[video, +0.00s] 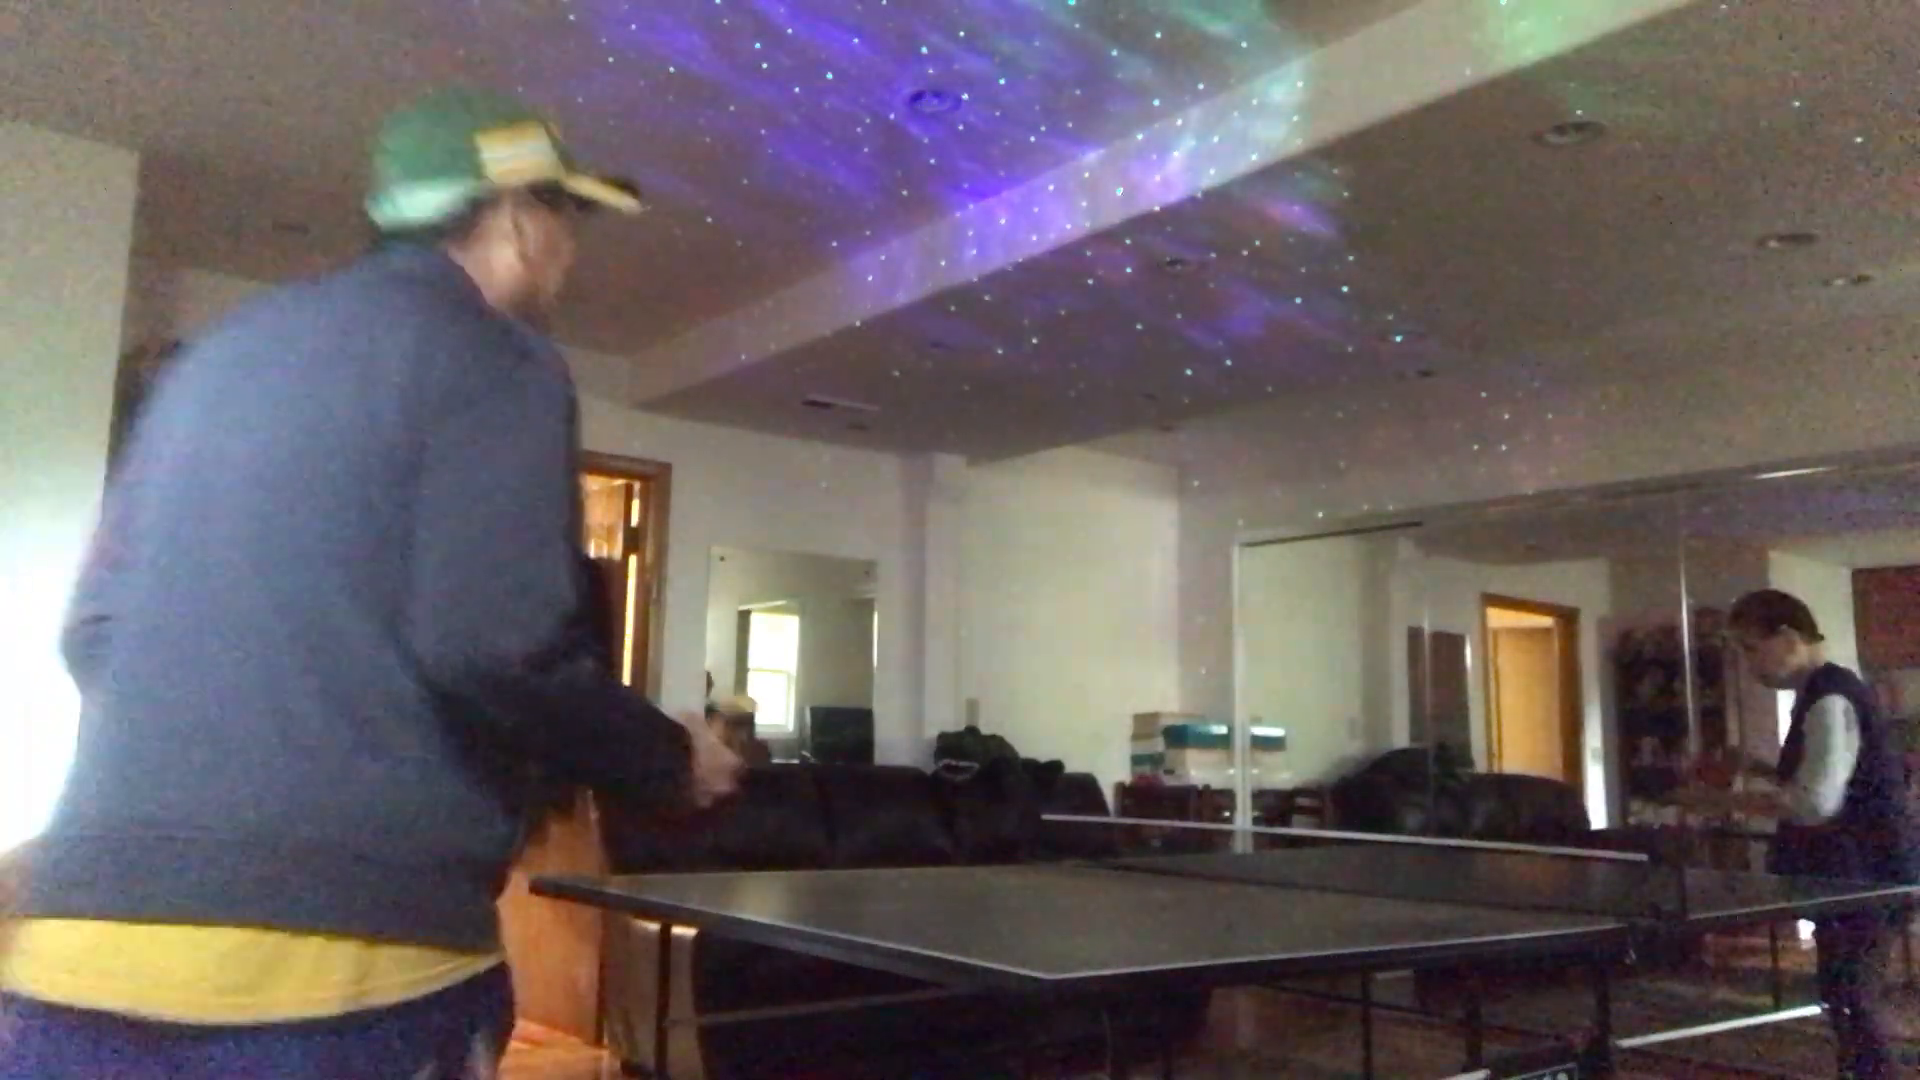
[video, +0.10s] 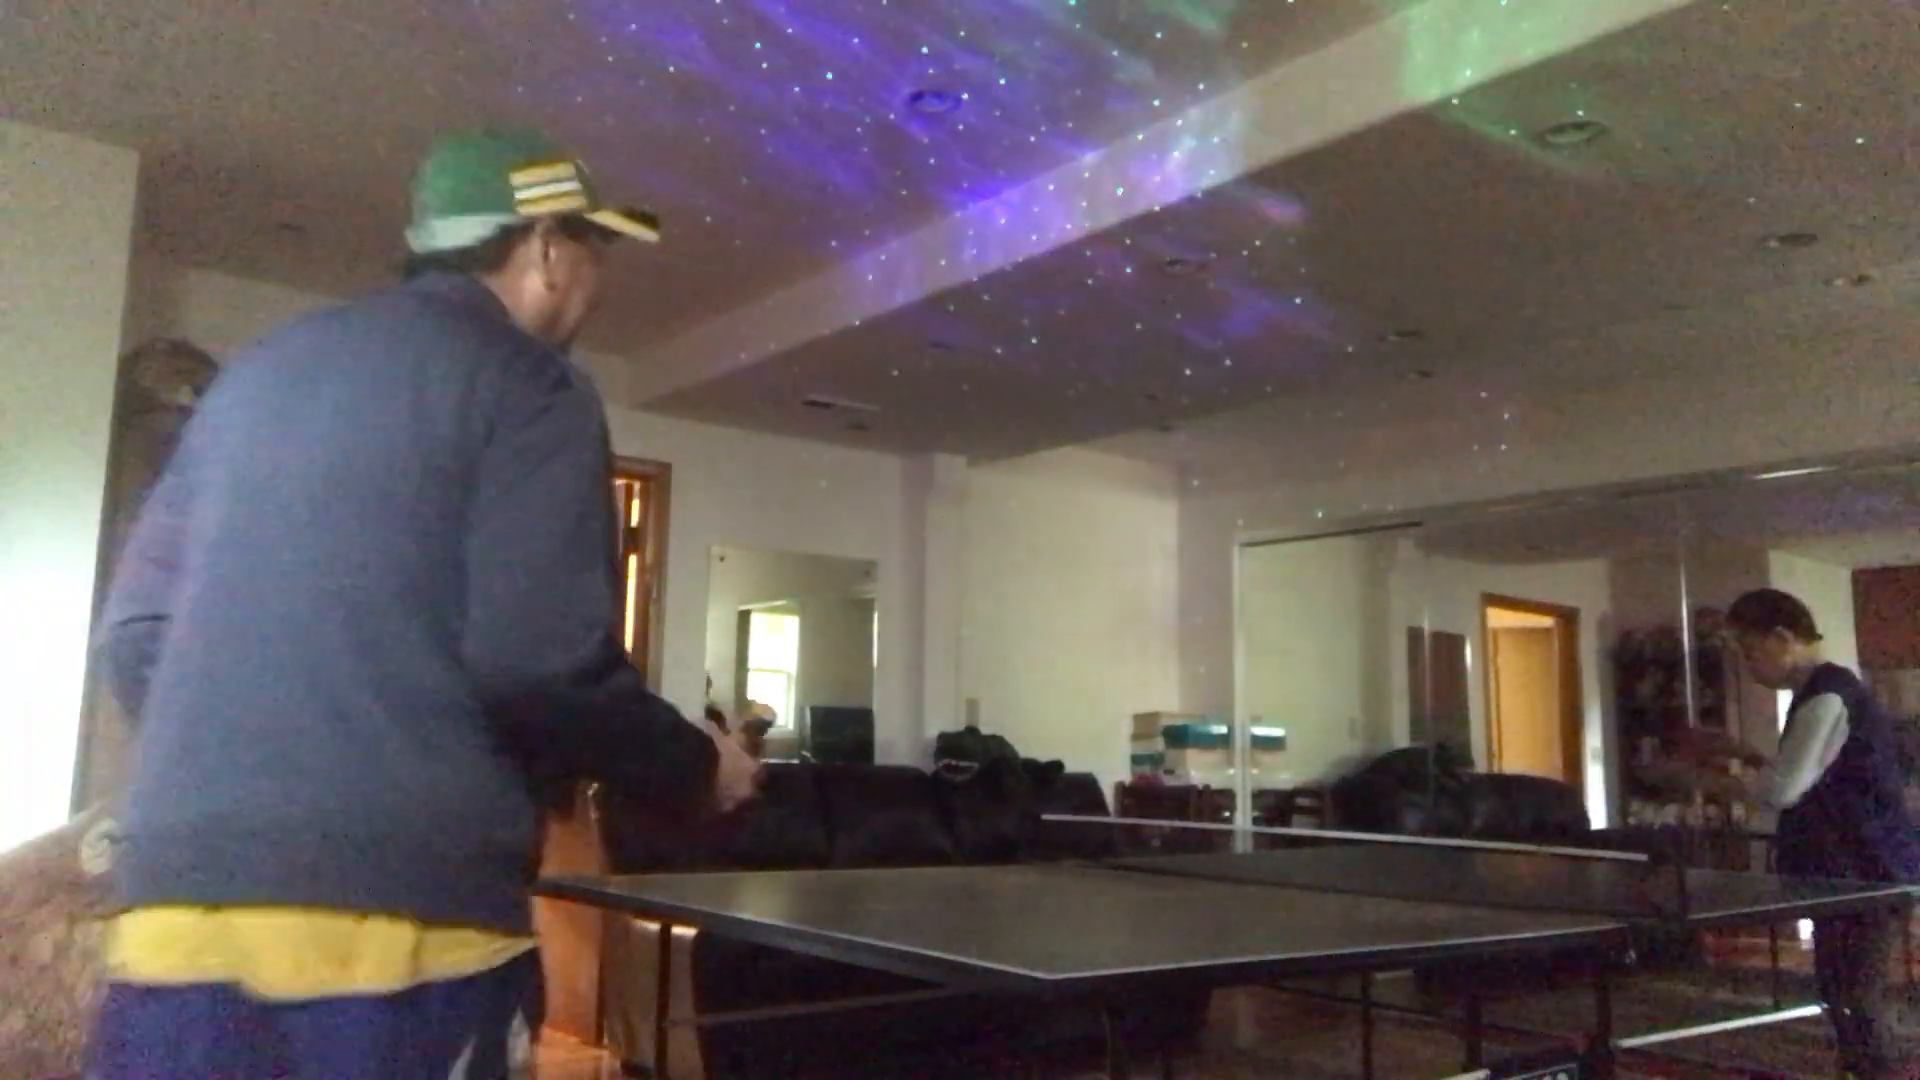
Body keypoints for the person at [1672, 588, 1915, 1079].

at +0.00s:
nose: (1748, 664)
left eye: (1751, 648)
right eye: (1744, 652)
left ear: (1786, 637)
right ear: (1791, 640)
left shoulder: (1831, 696)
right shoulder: (1821, 694)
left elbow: (1817, 802)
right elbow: (1804, 786)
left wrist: (1734, 798)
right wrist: (1746, 769)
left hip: (1861, 887)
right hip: (1848, 886)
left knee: (1853, 1006)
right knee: (1849, 1004)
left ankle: (1870, 1072)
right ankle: (1867, 1071)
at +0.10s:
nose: (1747, 664)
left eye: (1750, 649)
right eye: (1743, 653)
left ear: (1783, 637)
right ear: (1788, 639)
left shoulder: (1828, 692)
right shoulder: (1819, 691)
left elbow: (1782, 790)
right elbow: (1790, 774)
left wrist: (1735, 776)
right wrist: (1736, 752)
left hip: (1866, 886)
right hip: (1848, 884)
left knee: (1862, 1012)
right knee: (1852, 1008)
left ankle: (1876, 1070)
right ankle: (1864, 1068)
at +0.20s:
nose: (1742, 661)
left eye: (1744, 645)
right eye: (1738, 649)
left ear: (1778, 635)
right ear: (1784, 636)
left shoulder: (1834, 692)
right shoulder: (1808, 700)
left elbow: (1780, 783)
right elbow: (1763, 789)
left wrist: (1705, 775)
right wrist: (1690, 776)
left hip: (1862, 882)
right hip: (1836, 881)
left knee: (1857, 1002)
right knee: (1849, 1001)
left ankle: (1873, 1072)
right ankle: (1868, 1071)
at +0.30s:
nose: (1735, 655)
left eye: (1740, 641)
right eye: (1732, 644)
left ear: (1778, 632)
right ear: (1772, 637)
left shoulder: (1840, 697)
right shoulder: (1771, 712)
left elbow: (1846, 791)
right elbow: (1759, 789)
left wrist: (1756, 780)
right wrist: (1713, 779)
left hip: (1866, 877)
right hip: (1818, 877)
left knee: (1859, 997)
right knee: (1830, 988)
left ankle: (1881, 1068)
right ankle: (1866, 1066)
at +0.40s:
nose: (1730, 654)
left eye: (1739, 639)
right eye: (1726, 642)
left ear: (1780, 634)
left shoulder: (1837, 696)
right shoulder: (1757, 714)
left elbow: (1905, 786)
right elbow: (1764, 797)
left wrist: (1830, 791)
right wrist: (1745, 806)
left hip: (1860, 879)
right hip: (1797, 878)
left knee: (1862, 1010)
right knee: (1806, 1006)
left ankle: (1878, 1070)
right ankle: (1842, 1067)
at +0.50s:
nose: (1728, 656)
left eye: (1739, 640)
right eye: (1724, 644)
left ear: (1780, 637)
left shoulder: (1838, 701)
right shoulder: (1745, 717)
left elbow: (1910, 768)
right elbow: (1749, 802)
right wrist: (1751, 817)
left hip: (1861, 875)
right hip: (1791, 878)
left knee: (1864, 1001)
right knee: (1787, 996)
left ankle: (1880, 1069)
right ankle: (1824, 1068)